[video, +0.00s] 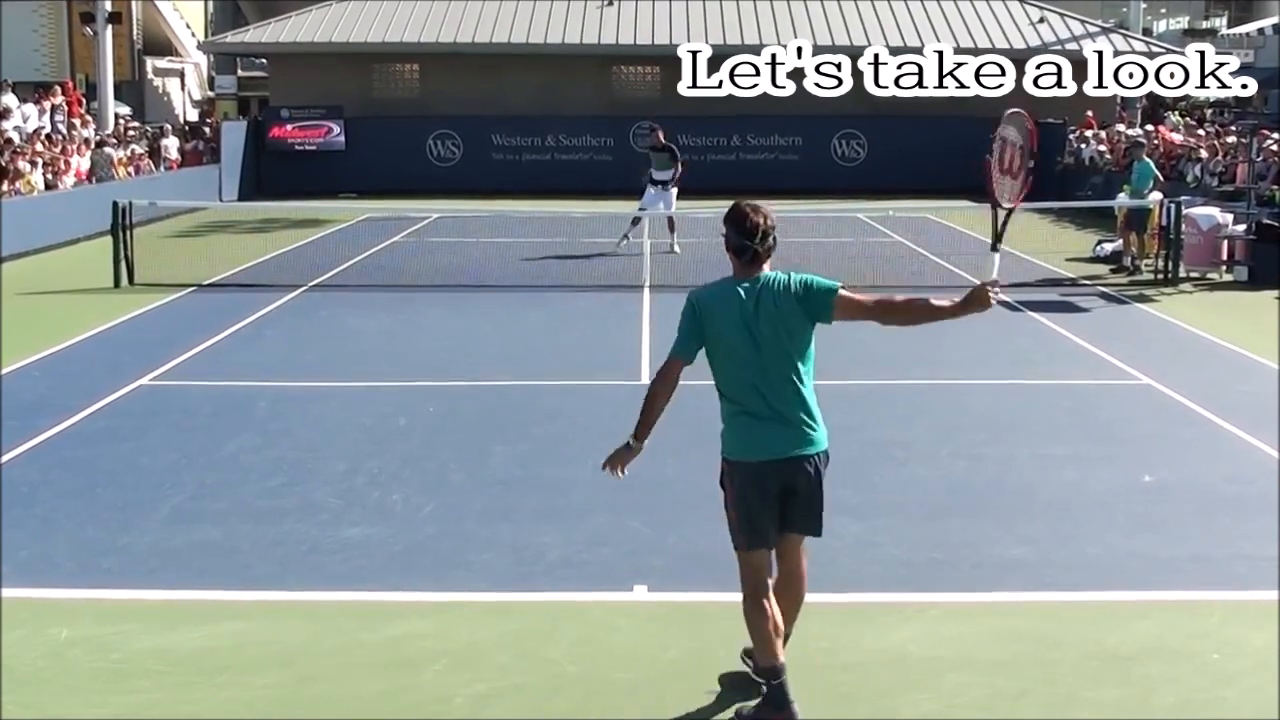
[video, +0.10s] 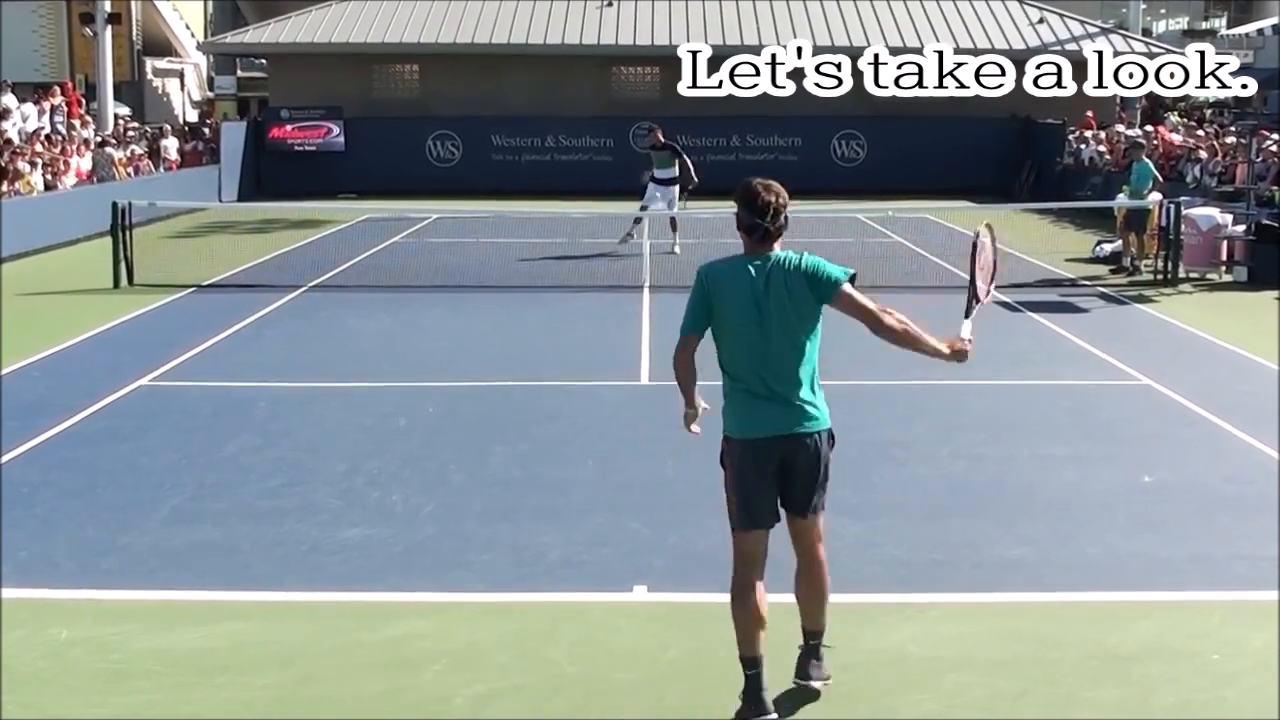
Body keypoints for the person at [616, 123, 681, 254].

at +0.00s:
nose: (654, 139)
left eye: (656, 136)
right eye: (652, 136)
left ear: (661, 135)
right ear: (651, 138)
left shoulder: (671, 149)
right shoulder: (651, 149)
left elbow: (678, 167)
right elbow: (653, 165)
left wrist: (672, 182)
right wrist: (648, 176)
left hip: (668, 184)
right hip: (653, 183)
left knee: (670, 214)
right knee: (641, 211)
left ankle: (673, 242)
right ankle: (626, 236)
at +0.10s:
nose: (650, 139)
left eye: (652, 136)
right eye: (650, 136)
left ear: (658, 135)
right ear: (650, 137)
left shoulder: (672, 147)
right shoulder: (652, 149)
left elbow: (686, 160)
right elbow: (657, 164)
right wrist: (651, 173)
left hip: (671, 184)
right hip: (655, 183)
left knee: (672, 214)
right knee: (643, 209)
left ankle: (675, 242)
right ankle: (631, 232)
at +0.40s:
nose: (654, 140)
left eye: (655, 137)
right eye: (651, 138)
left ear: (660, 137)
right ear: (649, 140)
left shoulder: (671, 149)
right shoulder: (650, 154)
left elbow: (690, 155)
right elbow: (657, 171)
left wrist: (701, 170)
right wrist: (648, 177)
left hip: (672, 188)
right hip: (655, 188)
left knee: (673, 216)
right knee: (646, 212)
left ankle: (674, 244)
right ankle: (647, 233)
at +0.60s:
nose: (651, 142)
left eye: (652, 139)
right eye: (649, 140)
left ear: (656, 139)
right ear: (645, 141)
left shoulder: (666, 152)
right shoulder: (644, 155)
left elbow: (684, 160)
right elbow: (644, 168)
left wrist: (690, 175)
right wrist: (643, 178)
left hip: (666, 187)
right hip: (651, 187)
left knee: (668, 215)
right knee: (650, 215)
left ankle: (673, 244)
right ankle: (655, 241)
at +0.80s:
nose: (651, 140)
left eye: (653, 137)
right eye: (649, 137)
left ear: (657, 138)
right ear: (645, 139)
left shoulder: (666, 151)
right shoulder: (641, 154)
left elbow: (676, 164)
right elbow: (638, 170)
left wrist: (675, 178)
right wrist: (645, 179)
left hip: (663, 186)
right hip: (648, 188)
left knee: (663, 214)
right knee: (647, 215)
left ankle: (661, 241)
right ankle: (651, 239)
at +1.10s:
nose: (651, 137)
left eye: (652, 135)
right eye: (648, 135)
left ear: (656, 136)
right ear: (645, 137)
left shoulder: (663, 151)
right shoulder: (639, 151)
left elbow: (669, 167)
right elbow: (634, 167)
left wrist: (662, 177)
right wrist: (639, 169)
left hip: (656, 188)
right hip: (641, 187)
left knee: (657, 217)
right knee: (634, 215)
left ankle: (656, 244)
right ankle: (631, 238)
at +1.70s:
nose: (643, 135)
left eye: (645, 132)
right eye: (641, 132)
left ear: (649, 135)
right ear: (636, 135)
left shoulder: (654, 151)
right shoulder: (629, 149)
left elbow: (657, 168)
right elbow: (622, 164)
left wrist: (651, 178)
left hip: (646, 185)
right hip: (630, 185)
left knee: (653, 214)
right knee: (622, 214)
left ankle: (659, 241)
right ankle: (613, 241)